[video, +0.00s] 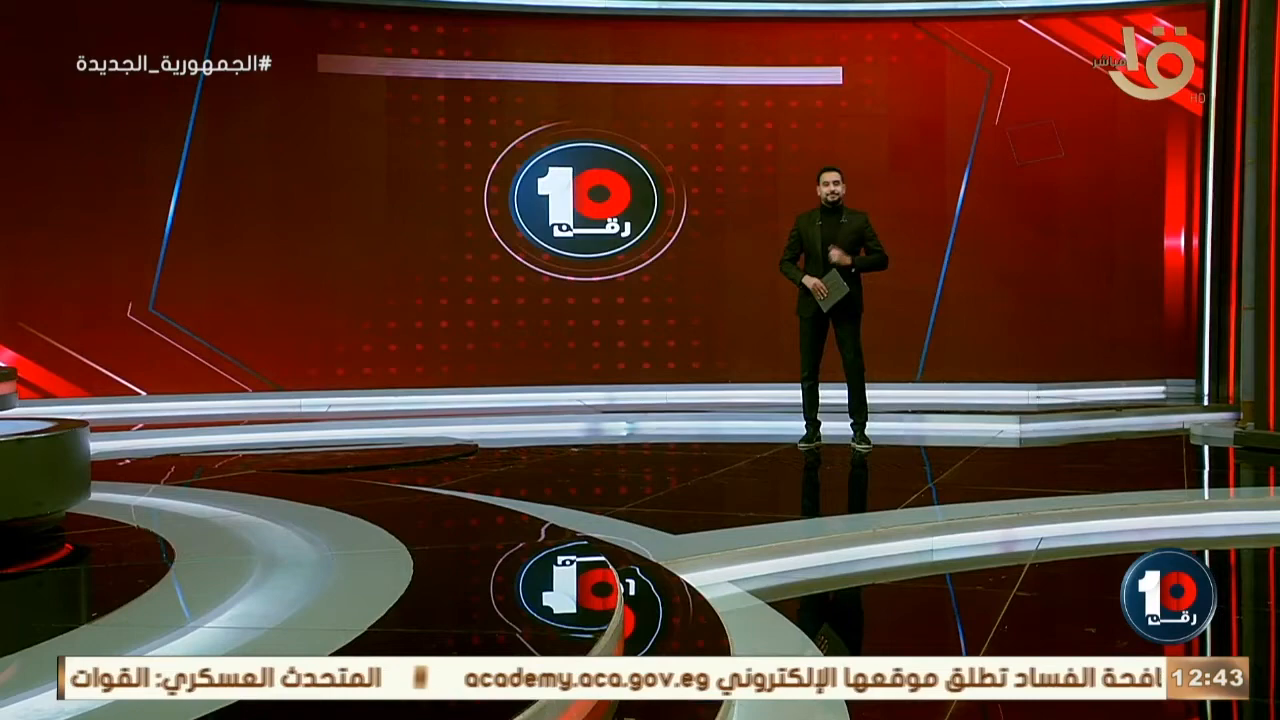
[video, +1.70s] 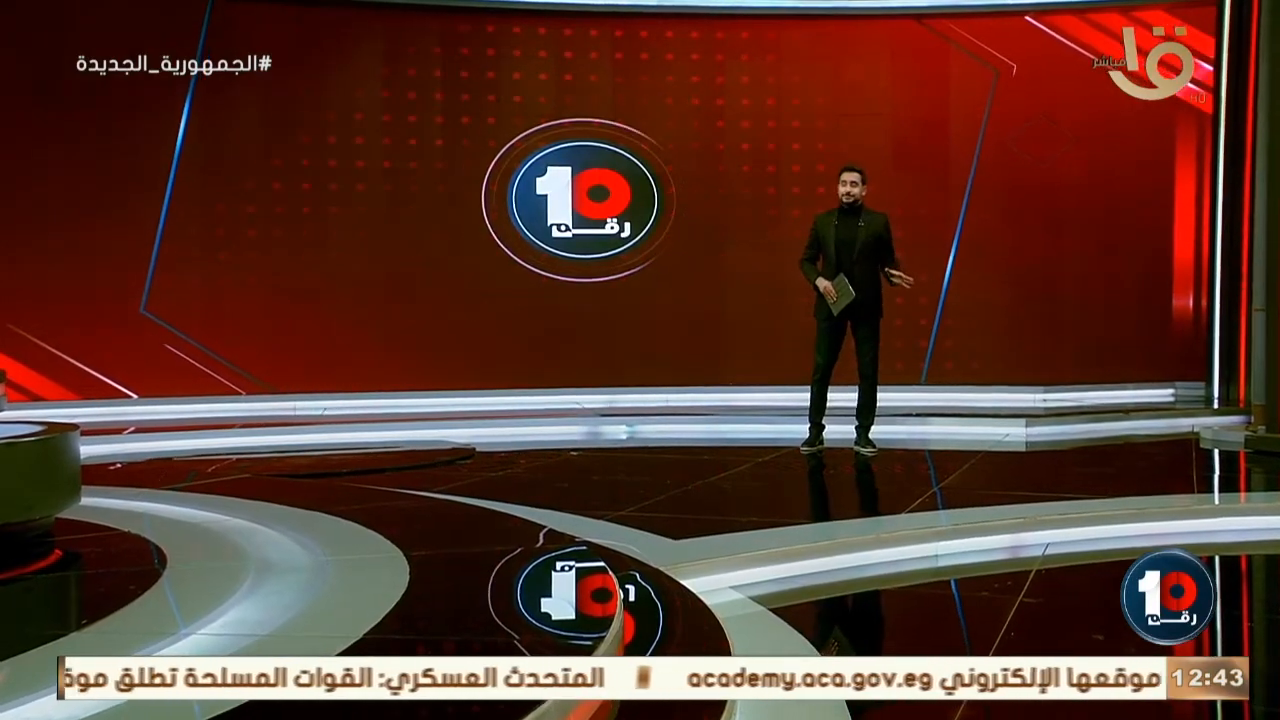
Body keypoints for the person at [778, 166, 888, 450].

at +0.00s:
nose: (832, 189)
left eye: (836, 184)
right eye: (826, 184)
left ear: (844, 187)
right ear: (818, 189)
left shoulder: (858, 220)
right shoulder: (805, 222)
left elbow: (880, 259)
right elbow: (786, 263)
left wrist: (851, 261)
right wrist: (805, 279)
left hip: (847, 304)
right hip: (812, 304)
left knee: (853, 366)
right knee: (809, 369)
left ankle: (859, 430)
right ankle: (811, 429)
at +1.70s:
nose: (848, 189)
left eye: (854, 184)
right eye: (844, 184)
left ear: (864, 189)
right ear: (837, 188)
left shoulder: (878, 222)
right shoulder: (823, 222)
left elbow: (888, 262)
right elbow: (807, 262)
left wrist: (893, 275)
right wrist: (818, 280)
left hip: (867, 306)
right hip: (831, 305)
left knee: (868, 371)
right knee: (822, 368)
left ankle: (863, 434)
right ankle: (815, 431)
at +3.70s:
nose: (863, 191)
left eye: (869, 186)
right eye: (858, 185)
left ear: (877, 190)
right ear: (850, 189)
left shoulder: (892, 224)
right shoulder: (837, 223)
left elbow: (903, 261)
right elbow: (820, 264)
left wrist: (911, 278)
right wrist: (829, 283)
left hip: (878, 308)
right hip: (841, 306)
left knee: (875, 375)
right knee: (829, 369)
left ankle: (867, 438)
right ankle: (821, 436)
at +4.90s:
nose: (823, 194)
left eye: (828, 188)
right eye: (817, 189)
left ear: (837, 191)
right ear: (810, 193)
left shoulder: (854, 224)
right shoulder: (799, 227)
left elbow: (871, 265)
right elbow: (785, 269)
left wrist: (866, 278)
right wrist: (797, 286)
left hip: (846, 310)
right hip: (810, 311)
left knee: (856, 374)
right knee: (811, 378)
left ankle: (868, 441)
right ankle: (819, 441)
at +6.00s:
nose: (840, 200)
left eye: (844, 194)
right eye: (834, 195)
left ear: (851, 194)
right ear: (824, 194)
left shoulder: (866, 223)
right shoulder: (810, 227)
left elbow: (883, 268)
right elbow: (797, 271)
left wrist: (868, 271)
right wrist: (815, 270)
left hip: (858, 312)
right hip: (822, 314)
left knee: (867, 378)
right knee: (819, 379)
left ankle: (871, 444)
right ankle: (821, 443)